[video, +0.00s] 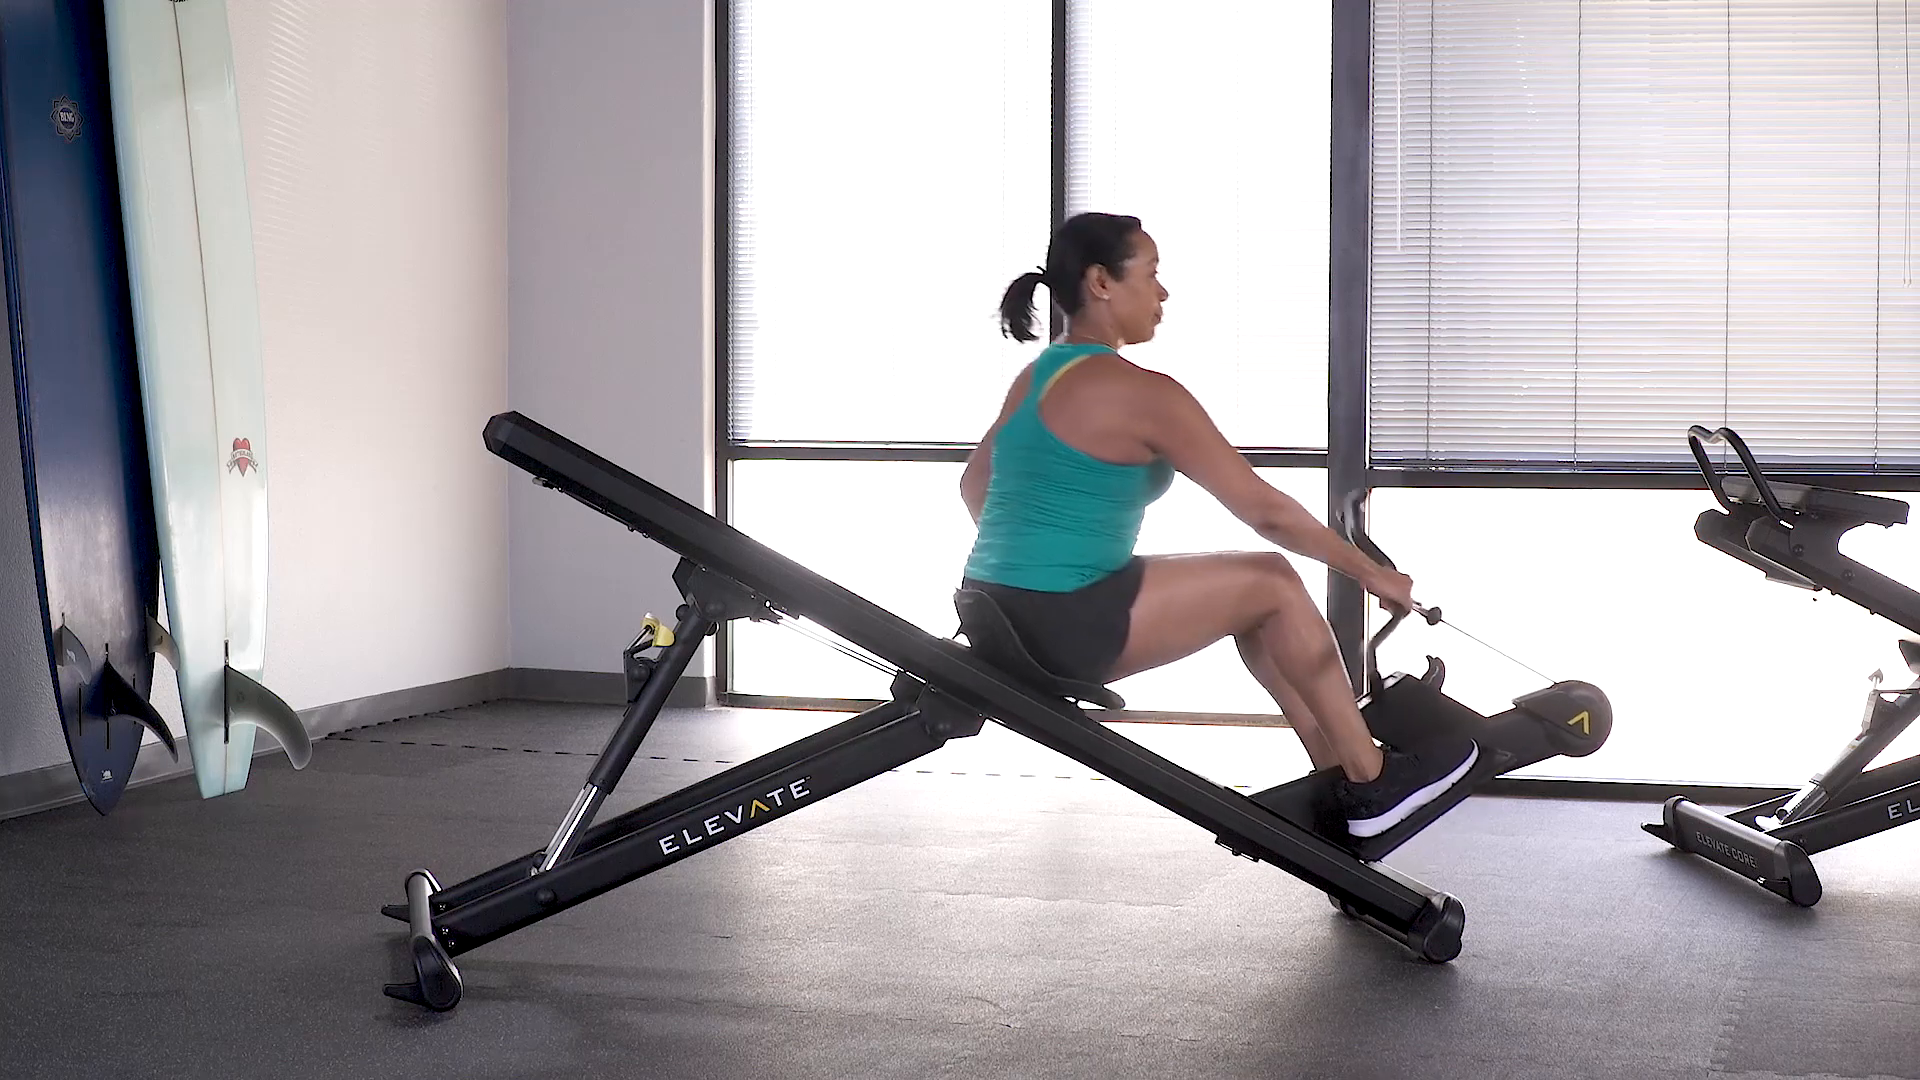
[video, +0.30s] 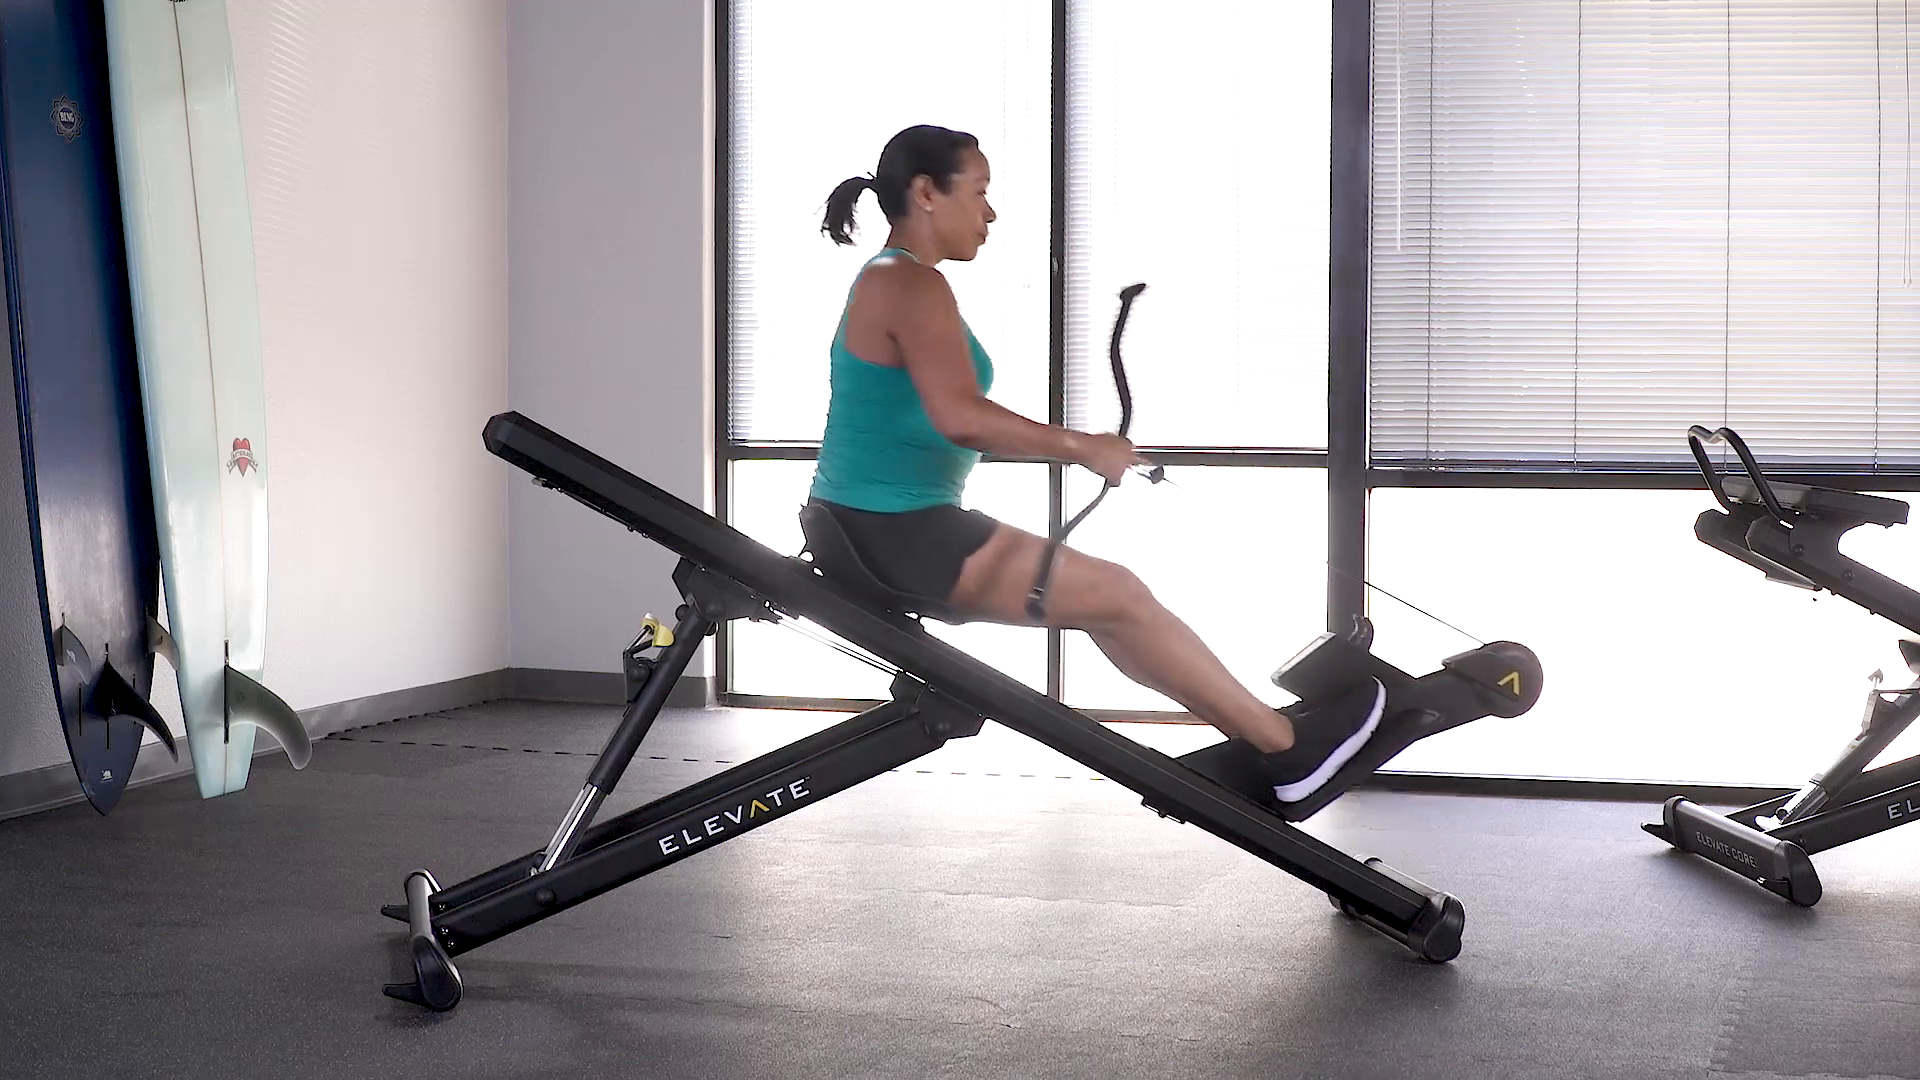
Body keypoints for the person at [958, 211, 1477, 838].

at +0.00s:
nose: (1164, 293)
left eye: (1159, 276)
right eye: (1151, 276)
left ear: (1092, 287)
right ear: (1101, 285)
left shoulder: (1039, 374)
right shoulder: (1145, 394)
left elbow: (975, 485)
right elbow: (1264, 510)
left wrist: (1035, 553)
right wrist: (1371, 570)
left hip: (995, 605)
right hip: (1062, 618)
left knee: (1251, 584)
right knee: (1274, 582)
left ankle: (1332, 760)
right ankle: (1371, 776)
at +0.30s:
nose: (990, 210)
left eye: (987, 193)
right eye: (979, 193)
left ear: (925, 200)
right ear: (925, 197)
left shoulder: (886, 282)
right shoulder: (912, 286)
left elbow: (953, 418)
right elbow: (959, 417)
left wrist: (1065, 443)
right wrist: (1079, 446)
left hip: (868, 524)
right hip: (890, 529)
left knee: (1106, 601)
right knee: (1119, 593)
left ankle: (1263, 731)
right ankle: (1283, 744)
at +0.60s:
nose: (917, 172)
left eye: (916, 156)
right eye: (907, 155)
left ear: (852, 158)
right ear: (855, 155)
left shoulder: (843, 241)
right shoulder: (815, 247)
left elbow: (753, 333)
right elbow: (719, 342)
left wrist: (872, 354)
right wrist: (851, 361)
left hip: (841, 484)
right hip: (819, 492)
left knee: (1042, 580)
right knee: (1044, 585)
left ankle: (1204, 709)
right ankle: (1217, 717)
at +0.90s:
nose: (970, 205)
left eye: (967, 187)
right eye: (959, 186)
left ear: (907, 191)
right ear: (905, 189)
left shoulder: (889, 282)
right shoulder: (882, 284)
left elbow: (895, 411)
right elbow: (888, 410)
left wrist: (1007, 422)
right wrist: (1011, 422)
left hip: (879, 520)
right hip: (878, 526)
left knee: (1105, 583)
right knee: (1111, 576)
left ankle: (1251, 721)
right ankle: (1269, 732)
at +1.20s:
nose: (1121, 277)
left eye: (1116, 259)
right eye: (1109, 259)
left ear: (1051, 264)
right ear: (1057, 263)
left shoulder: (1002, 351)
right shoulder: (1078, 370)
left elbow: (941, 464)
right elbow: (1180, 493)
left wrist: (999, 533)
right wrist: (1292, 529)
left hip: (965, 589)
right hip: (1022, 603)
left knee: (1224, 575)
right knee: (1246, 572)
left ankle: (1310, 753)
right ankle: (1348, 765)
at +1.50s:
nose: (1237, 335)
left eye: (1232, 317)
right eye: (1225, 317)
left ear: (1169, 325)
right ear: (1177, 324)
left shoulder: (1104, 413)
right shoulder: (1232, 438)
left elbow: (1029, 514)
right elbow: (1356, 544)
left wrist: (1082, 589)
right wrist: (1456, 610)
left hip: (1053, 637)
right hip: (1127, 657)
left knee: (1303, 574)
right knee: (1335, 583)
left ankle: (1349, 759)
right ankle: (1395, 787)